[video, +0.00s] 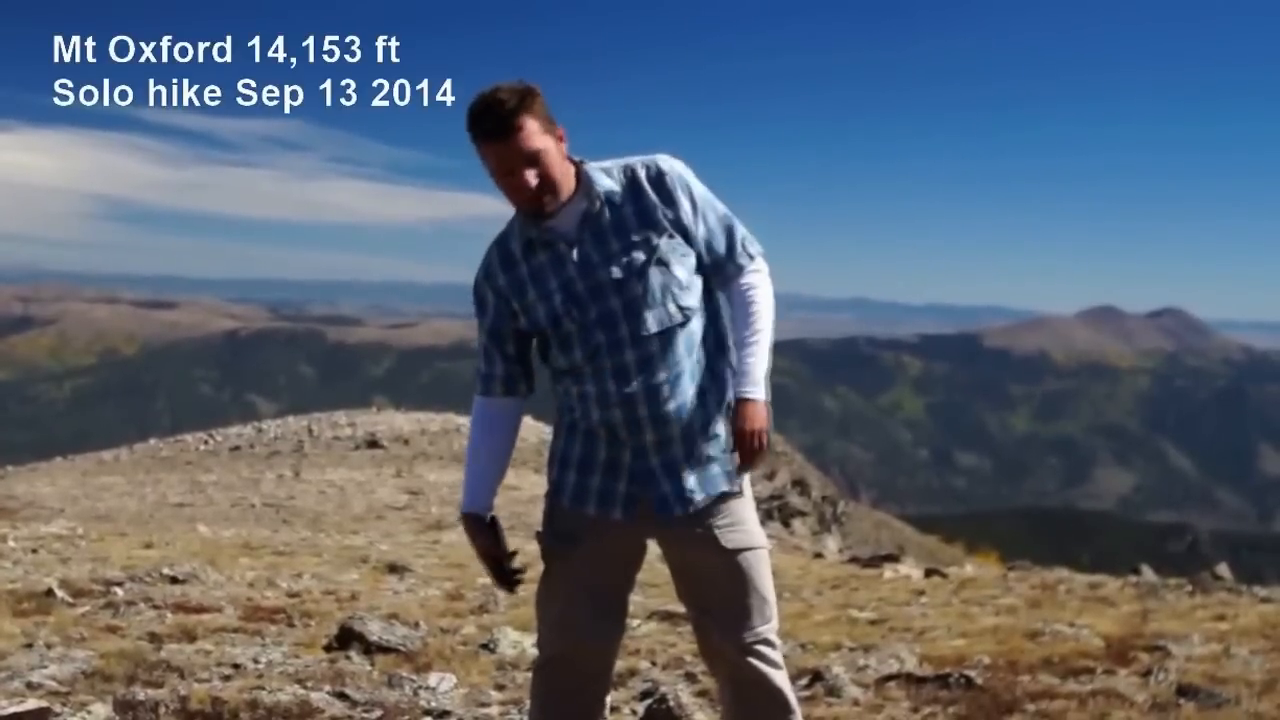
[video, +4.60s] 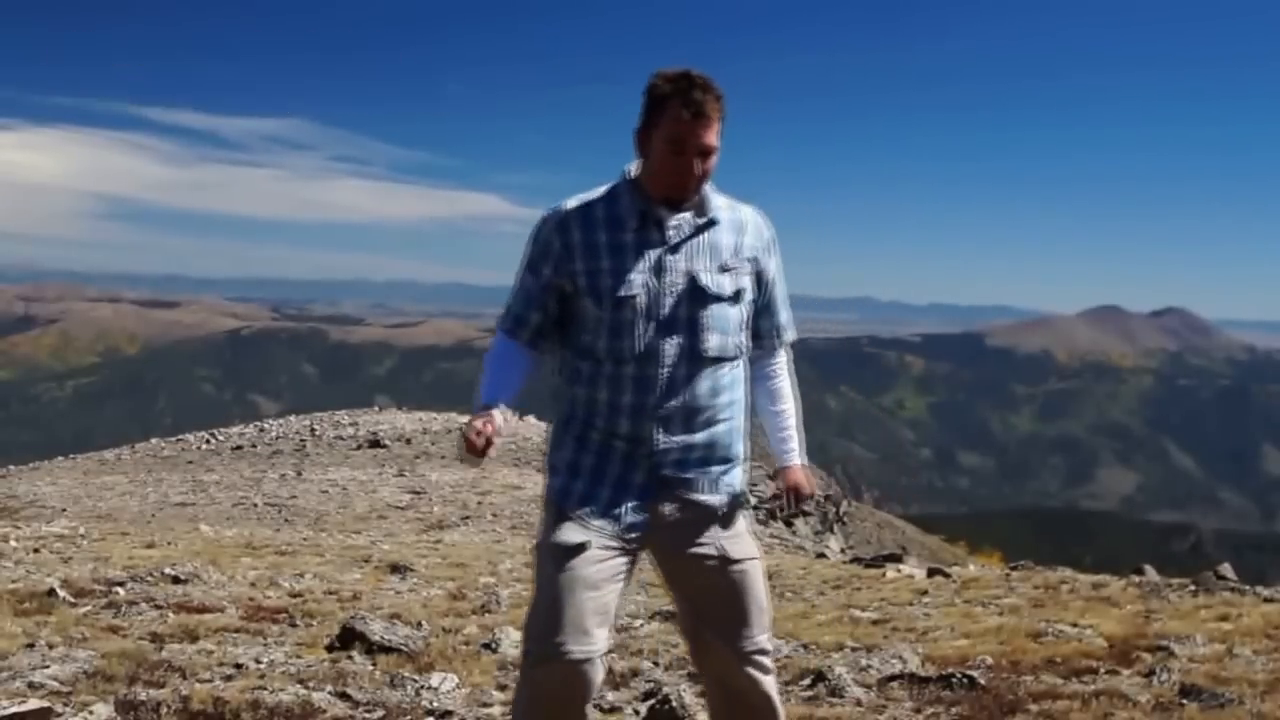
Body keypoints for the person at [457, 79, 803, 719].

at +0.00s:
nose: (524, 182)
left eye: (531, 160)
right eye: (505, 173)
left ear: (561, 140)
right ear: (488, 175)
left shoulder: (658, 185)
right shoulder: (504, 270)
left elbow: (745, 270)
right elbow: (498, 395)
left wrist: (751, 392)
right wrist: (476, 507)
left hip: (701, 459)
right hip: (592, 475)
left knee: (749, 658)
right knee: (567, 672)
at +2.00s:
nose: (461, 227)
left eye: (468, 207)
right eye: (444, 216)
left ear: (499, 170)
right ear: (425, 202)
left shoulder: (600, 192)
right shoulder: (439, 275)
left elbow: (687, 273)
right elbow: (427, 376)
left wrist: (706, 391)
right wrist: (431, 471)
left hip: (643, 447)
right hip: (536, 463)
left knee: (676, 646)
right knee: (542, 663)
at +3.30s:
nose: (511, 167)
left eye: (520, 148)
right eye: (493, 155)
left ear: (542, 132)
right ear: (466, 152)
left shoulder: (622, 189)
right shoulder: (450, 251)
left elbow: (691, 290)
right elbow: (447, 360)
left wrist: (709, 411)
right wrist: (460, 461)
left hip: (649, 448)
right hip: (539, 462)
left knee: (698, 641)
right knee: (541, 656)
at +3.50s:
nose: (581, 170)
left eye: (589, 153)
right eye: (563, 158)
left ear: (608, 133)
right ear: (533, 151)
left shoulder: (679, 199)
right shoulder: (500, 241)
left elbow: (732, 304)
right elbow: (469, 353)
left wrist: (744, 423)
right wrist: (435, 455)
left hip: (681, 461)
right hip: (570, 470)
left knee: (733, 656)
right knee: (556, 666)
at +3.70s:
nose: (670, 177)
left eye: (678, 160)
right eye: (653, 164)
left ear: (691, 141)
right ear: (615, 151)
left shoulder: (747, 207)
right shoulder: (568, 238)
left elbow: (790, 316)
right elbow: (526, 343)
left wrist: (797, 434)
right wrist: (468, 432)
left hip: (737, 469)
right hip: (624, 474)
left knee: (763, 664)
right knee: (582, 661)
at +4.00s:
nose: (750, 187)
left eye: (758, 171)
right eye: (735, 173)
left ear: (769, 155)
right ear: (696, 158)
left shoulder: (816, 223)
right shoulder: (641, 238)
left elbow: (856, 339)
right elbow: (598, 349)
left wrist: (877, 449)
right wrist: (553, 446)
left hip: (788, 481)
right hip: (676, 482)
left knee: (791, 671)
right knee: (631, 660)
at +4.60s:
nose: (695, 168)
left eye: (707, 153)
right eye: (681, 150)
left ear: (720, 148)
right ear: (644, 140)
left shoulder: (747, 233)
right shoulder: (571, 230)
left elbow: (769, 355)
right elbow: (519, 332)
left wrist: (790, 455)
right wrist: (493, 405)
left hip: (707, 486)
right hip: (593, 485)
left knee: (745, 670)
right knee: (564, 663)